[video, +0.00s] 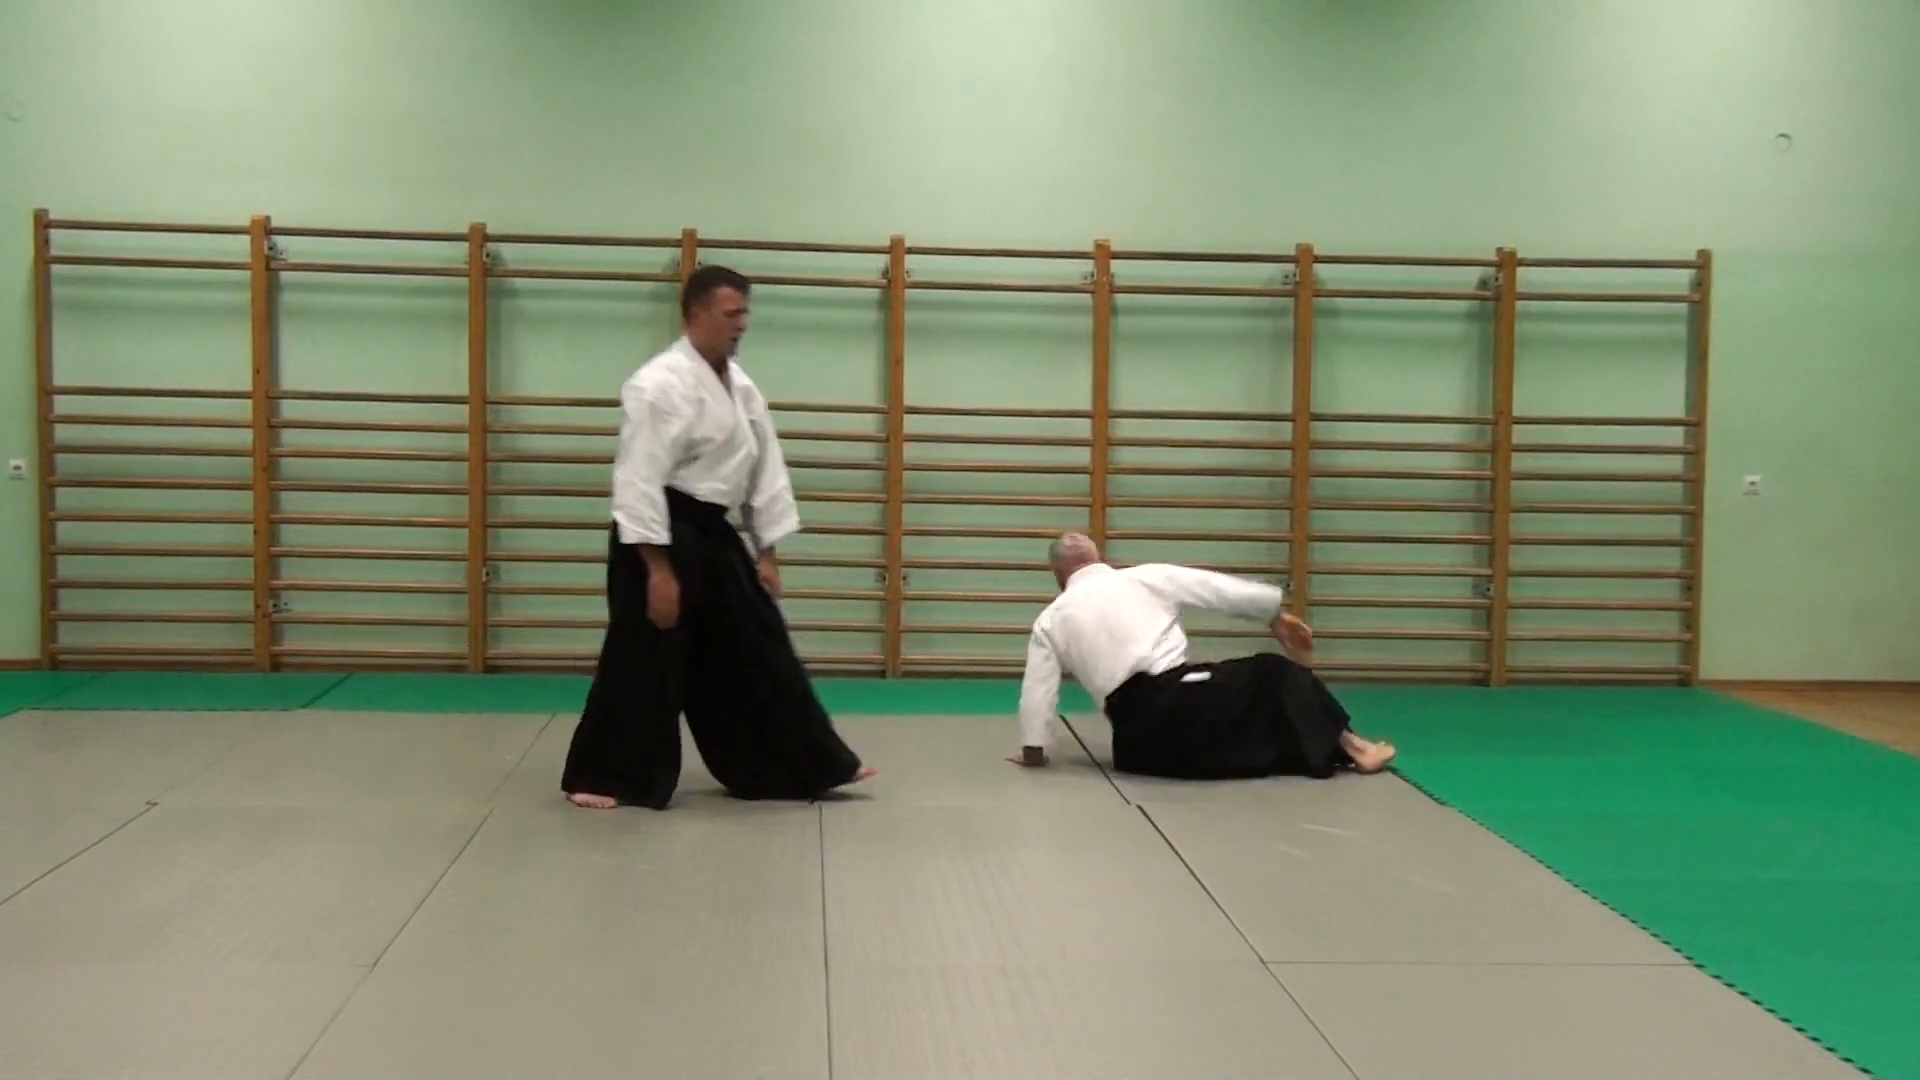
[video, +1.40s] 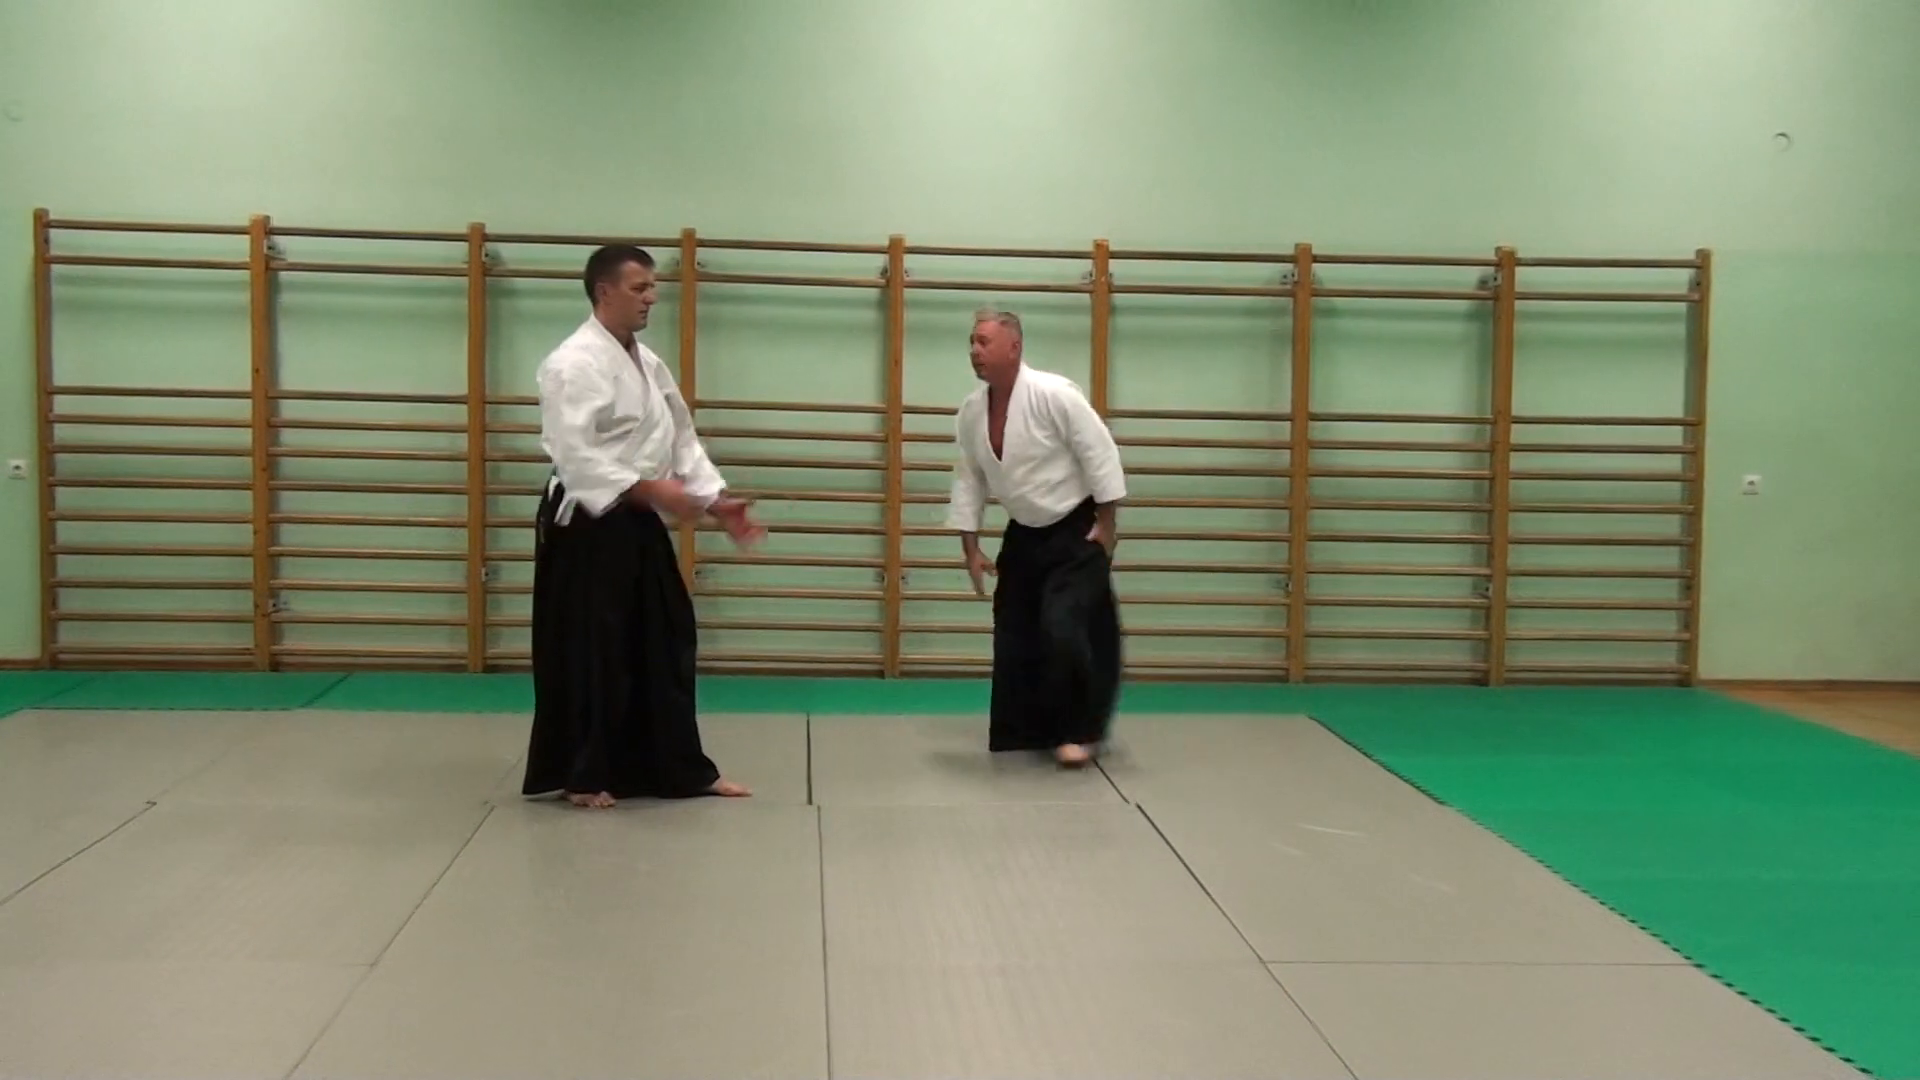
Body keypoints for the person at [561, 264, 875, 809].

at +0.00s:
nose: (743, 324)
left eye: (745, 315)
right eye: (732, 314)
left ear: (739, 318)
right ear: (696, 315)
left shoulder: (740, 387)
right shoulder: (657, 384)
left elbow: (764, 471)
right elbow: (636, 481)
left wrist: (765, 552)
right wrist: (658, 567)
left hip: (717, 533)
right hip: (659, 529)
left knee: (763, 646)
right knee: (639, 657)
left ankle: (817, 761)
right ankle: (595, 776)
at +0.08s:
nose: (719, 314)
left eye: (721, 305)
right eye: (709, 304)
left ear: (715, 308)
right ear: (672, 307)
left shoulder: (718, 377)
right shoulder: (636, 377)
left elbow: (739, 463)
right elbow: (617, 474)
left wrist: (737, 542)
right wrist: (637, 560)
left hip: (700, 528)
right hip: (641, 524)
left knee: (737, 646)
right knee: (628, 654)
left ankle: (784, 766)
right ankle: (598, 776)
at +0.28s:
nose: (682, 301)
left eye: (684, 291)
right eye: (671, 291)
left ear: (675, 296)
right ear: (636, 294)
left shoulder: (683, 366)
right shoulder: (604, 366)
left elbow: (702, 452)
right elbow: (588, 462)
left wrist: (702, 531)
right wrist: (607, 549)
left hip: (672, 517)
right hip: (616, 516)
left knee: (697, 640)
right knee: (607, 645)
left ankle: (707, 769)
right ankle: (587, 774)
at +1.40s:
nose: (651, 298)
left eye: (652, 289)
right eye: (640, 288)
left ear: (645, 295)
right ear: (602, 293)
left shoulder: (649, 363)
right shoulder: (569, 366)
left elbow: (680, 444)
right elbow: (578, 462)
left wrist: (718, 502)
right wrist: (648, 489)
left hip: (642, 520)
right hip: (585, 523)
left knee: (668, 637)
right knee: (589, 645)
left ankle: (678, 768)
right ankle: (581, 775)